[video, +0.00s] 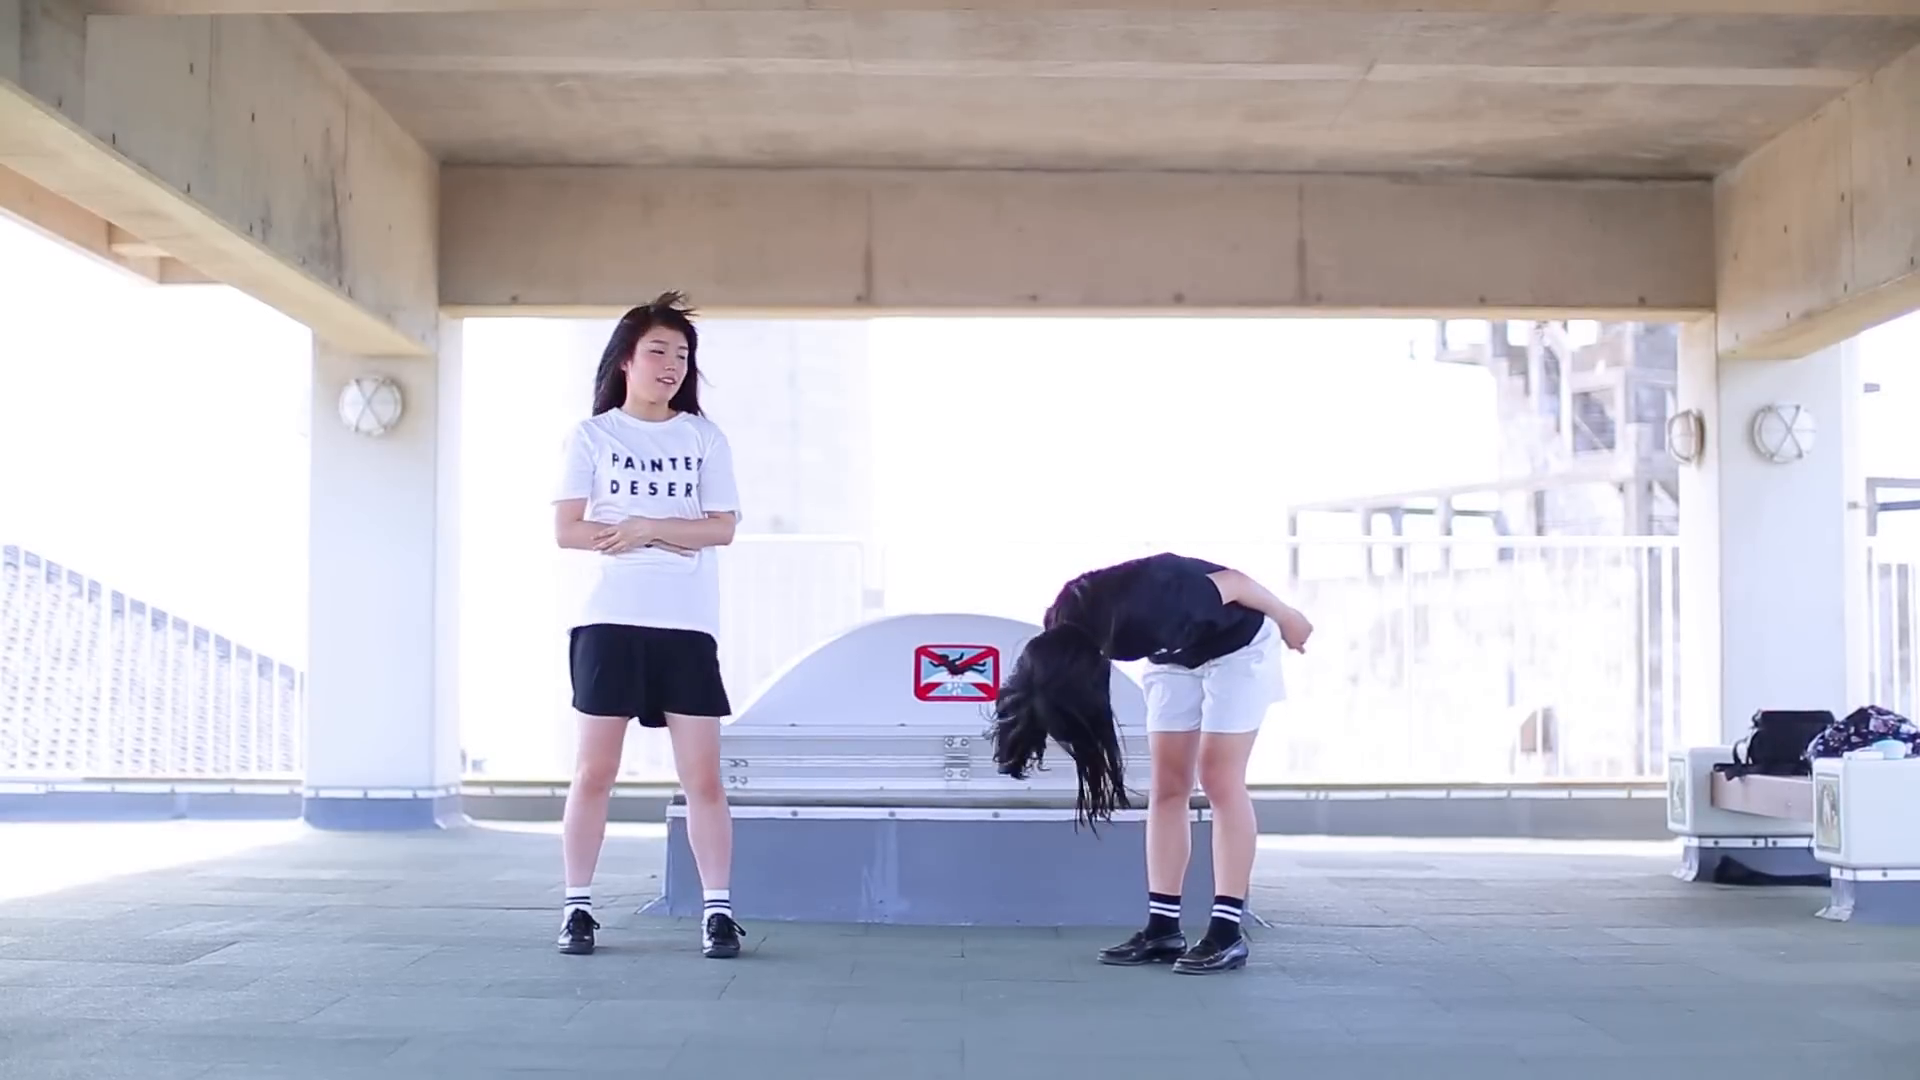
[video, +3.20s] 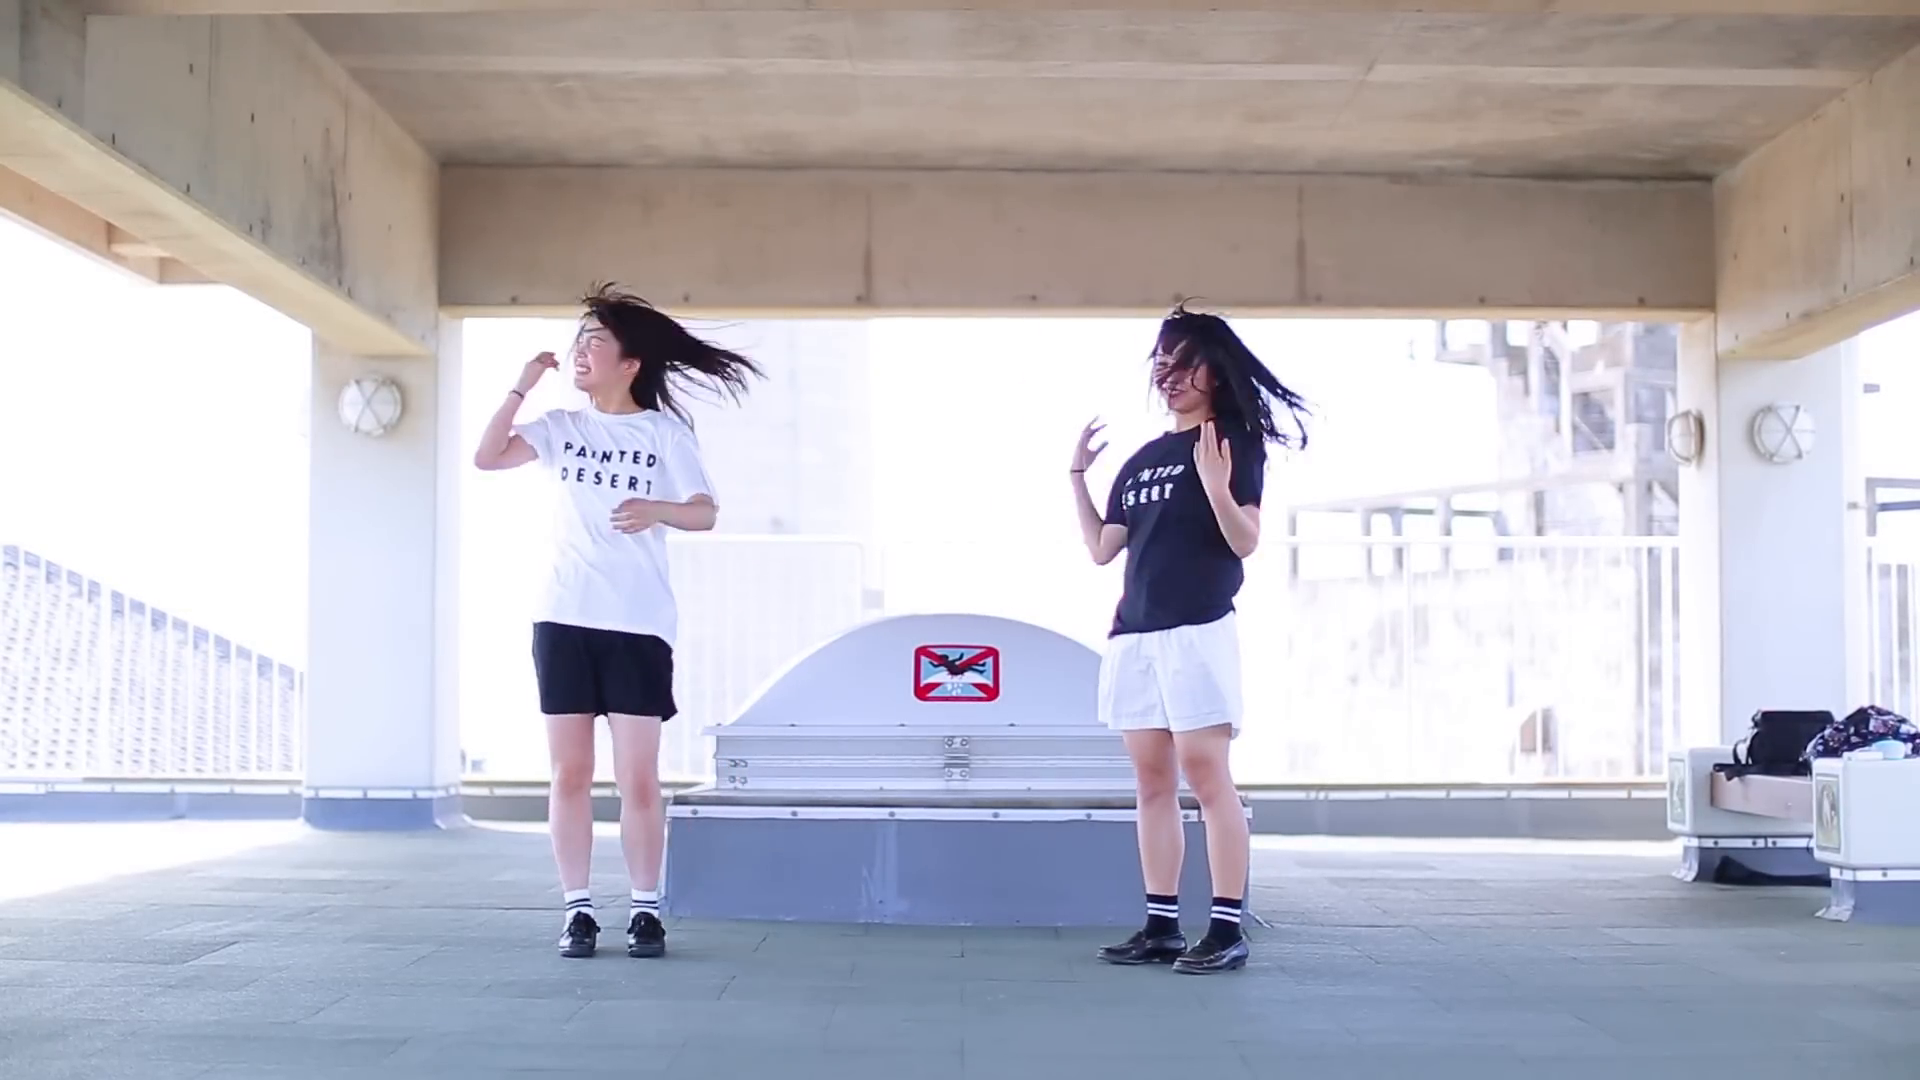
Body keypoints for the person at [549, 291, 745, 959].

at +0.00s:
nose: (669, 364)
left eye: (679, 353)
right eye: (655, 351)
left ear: (689, 365)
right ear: (625, 359)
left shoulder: (705, 436)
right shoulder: (591, 434)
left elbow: (723, 529)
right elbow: (567, 531)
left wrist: (648, 526)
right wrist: (661, 534)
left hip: (687, 625)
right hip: (611, 622)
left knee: (705, 782)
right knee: (594, 774)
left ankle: (718, 911)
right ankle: (578, 908)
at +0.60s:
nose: (751, 372)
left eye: (761, 364)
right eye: (741, 357)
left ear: (764, 375)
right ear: (705, 357)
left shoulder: (763, 446)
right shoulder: (657, 425)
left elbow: (774, 542)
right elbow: (623, 519)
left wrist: (700, 531)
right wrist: (720, 535)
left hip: (735, 626)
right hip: (662, 623)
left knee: (728, 776)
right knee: (667, 776)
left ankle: (720, 909)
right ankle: (669, 906)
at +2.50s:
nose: (726, 363)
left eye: (735, 353)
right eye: (712, 351)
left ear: (746, 361)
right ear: (682, 355)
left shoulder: (753, 441)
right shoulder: (646, 424)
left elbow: (763, 538)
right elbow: (601, 512)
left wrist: (704, 573)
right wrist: (676, 510)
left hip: (712, 630)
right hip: (636, 621)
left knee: (716, 778)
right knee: (609, 774)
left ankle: (719, 911)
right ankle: (583, 908)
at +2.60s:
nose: (699, 359)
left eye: (710, 349)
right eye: (686, 348)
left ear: (723, 357)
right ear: (658, 355)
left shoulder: (738, 438)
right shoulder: (630, 422)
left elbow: (749, 538)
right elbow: (580, 500)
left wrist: (713, 601)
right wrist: (640, 453)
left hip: (700, 626)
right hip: (624, 619)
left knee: (709, 779)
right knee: (602, 775)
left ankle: (718, 912)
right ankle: (582, 910)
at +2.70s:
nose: (671, 358)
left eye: (682, 347)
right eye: (656, 348)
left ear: (700, 356)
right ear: (632, 358)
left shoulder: (724, 438)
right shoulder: (616, 422)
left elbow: (742, 533)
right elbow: (561, 471)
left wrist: (728, 617)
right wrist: (610, 395)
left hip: (688, 630)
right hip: (609, 621)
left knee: (701, 780)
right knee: (594, 774)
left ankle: (718, 910)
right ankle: (581, 909)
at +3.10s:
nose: (598, 361)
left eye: (615, 350)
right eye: (592, 350)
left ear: (644, 364)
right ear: (583, 360)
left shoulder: (667, 434)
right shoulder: (563, 425)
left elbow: (707, 516)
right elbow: (486, 440)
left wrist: (681, 564)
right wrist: (538, 381)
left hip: (640, 622)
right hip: (565, 619)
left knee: (657, 780)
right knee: (570, 774)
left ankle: (672, 905)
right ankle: (579, 909)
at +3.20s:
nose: (579, 350)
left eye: (595, 341)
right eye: (580, 340)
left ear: (632, 363)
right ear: (581, 358)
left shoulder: (666, 430)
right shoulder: (564, 423)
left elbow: (705, 515)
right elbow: (488, 456)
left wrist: (661, 511)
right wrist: (519, 389)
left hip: (639, 621)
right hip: (564, 617)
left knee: (639, 780)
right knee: (570, 774)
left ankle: (645, 909)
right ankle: (578, 910)